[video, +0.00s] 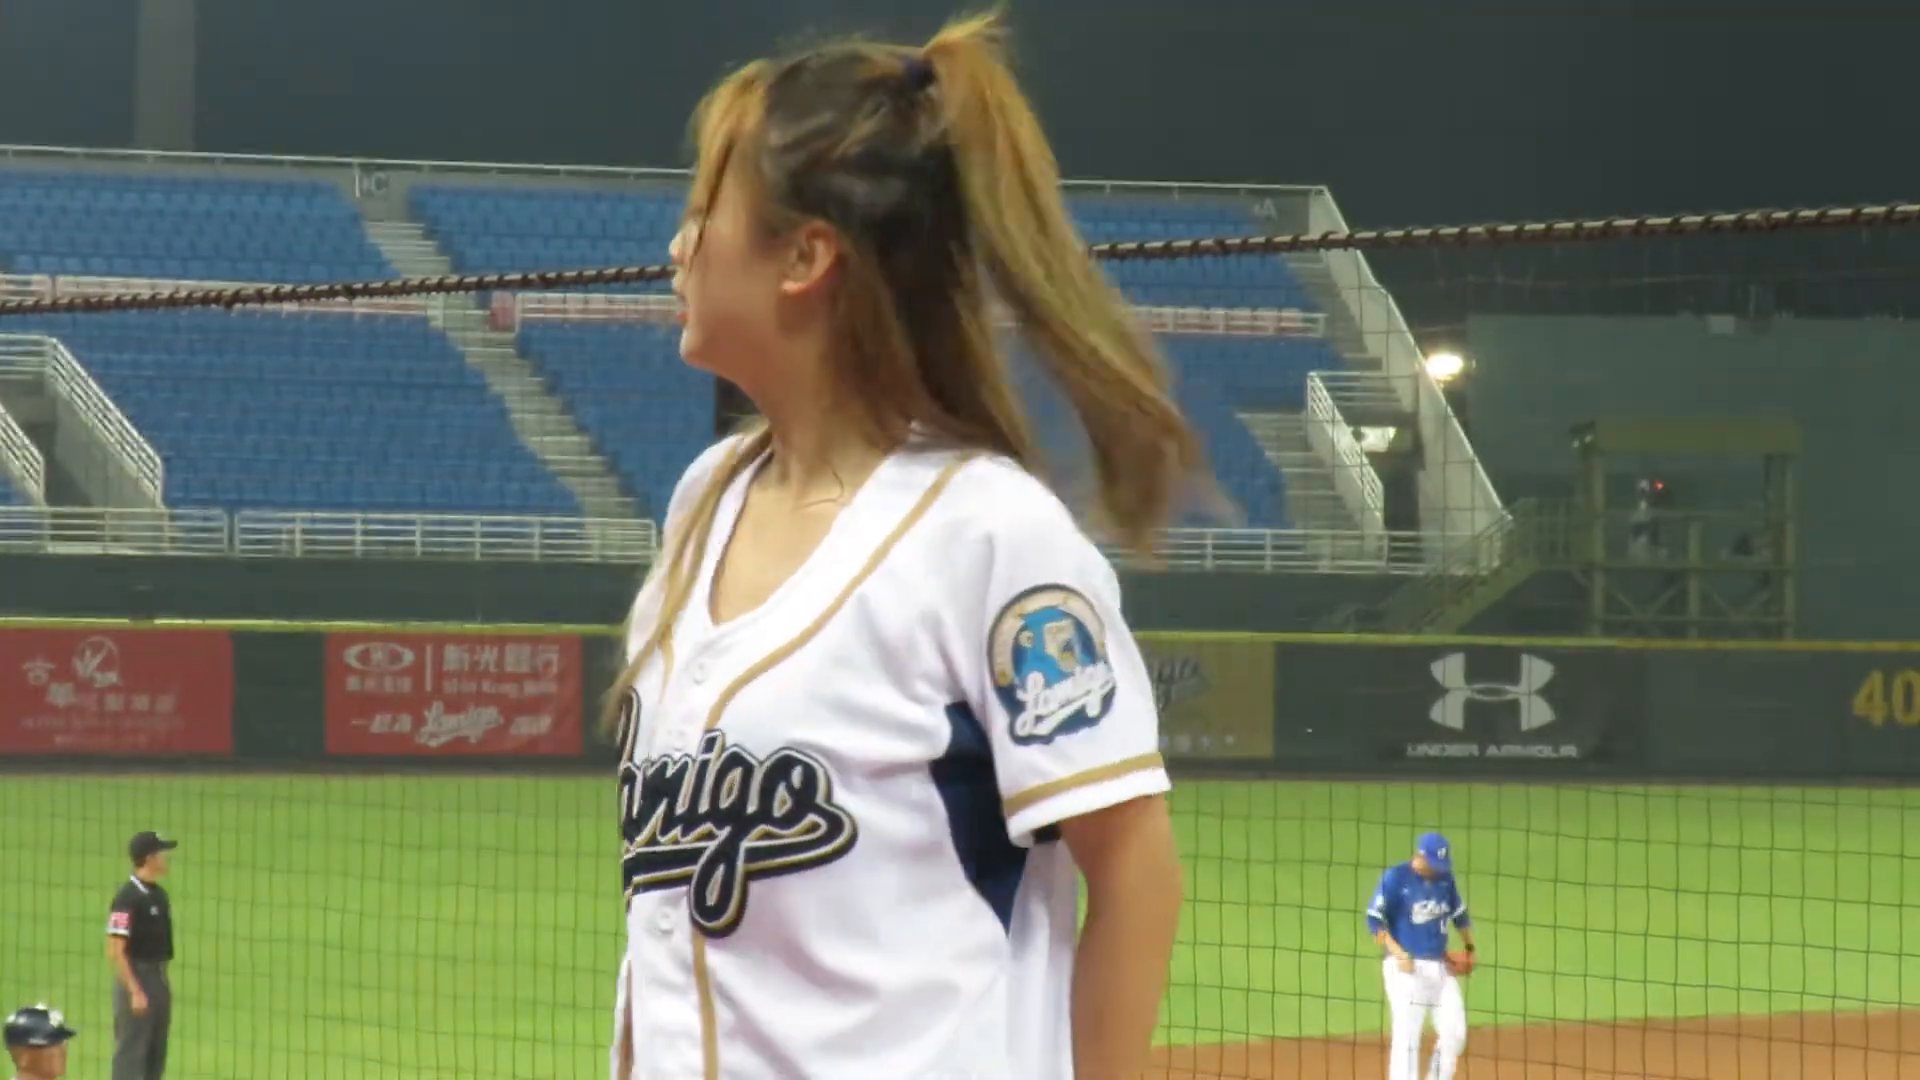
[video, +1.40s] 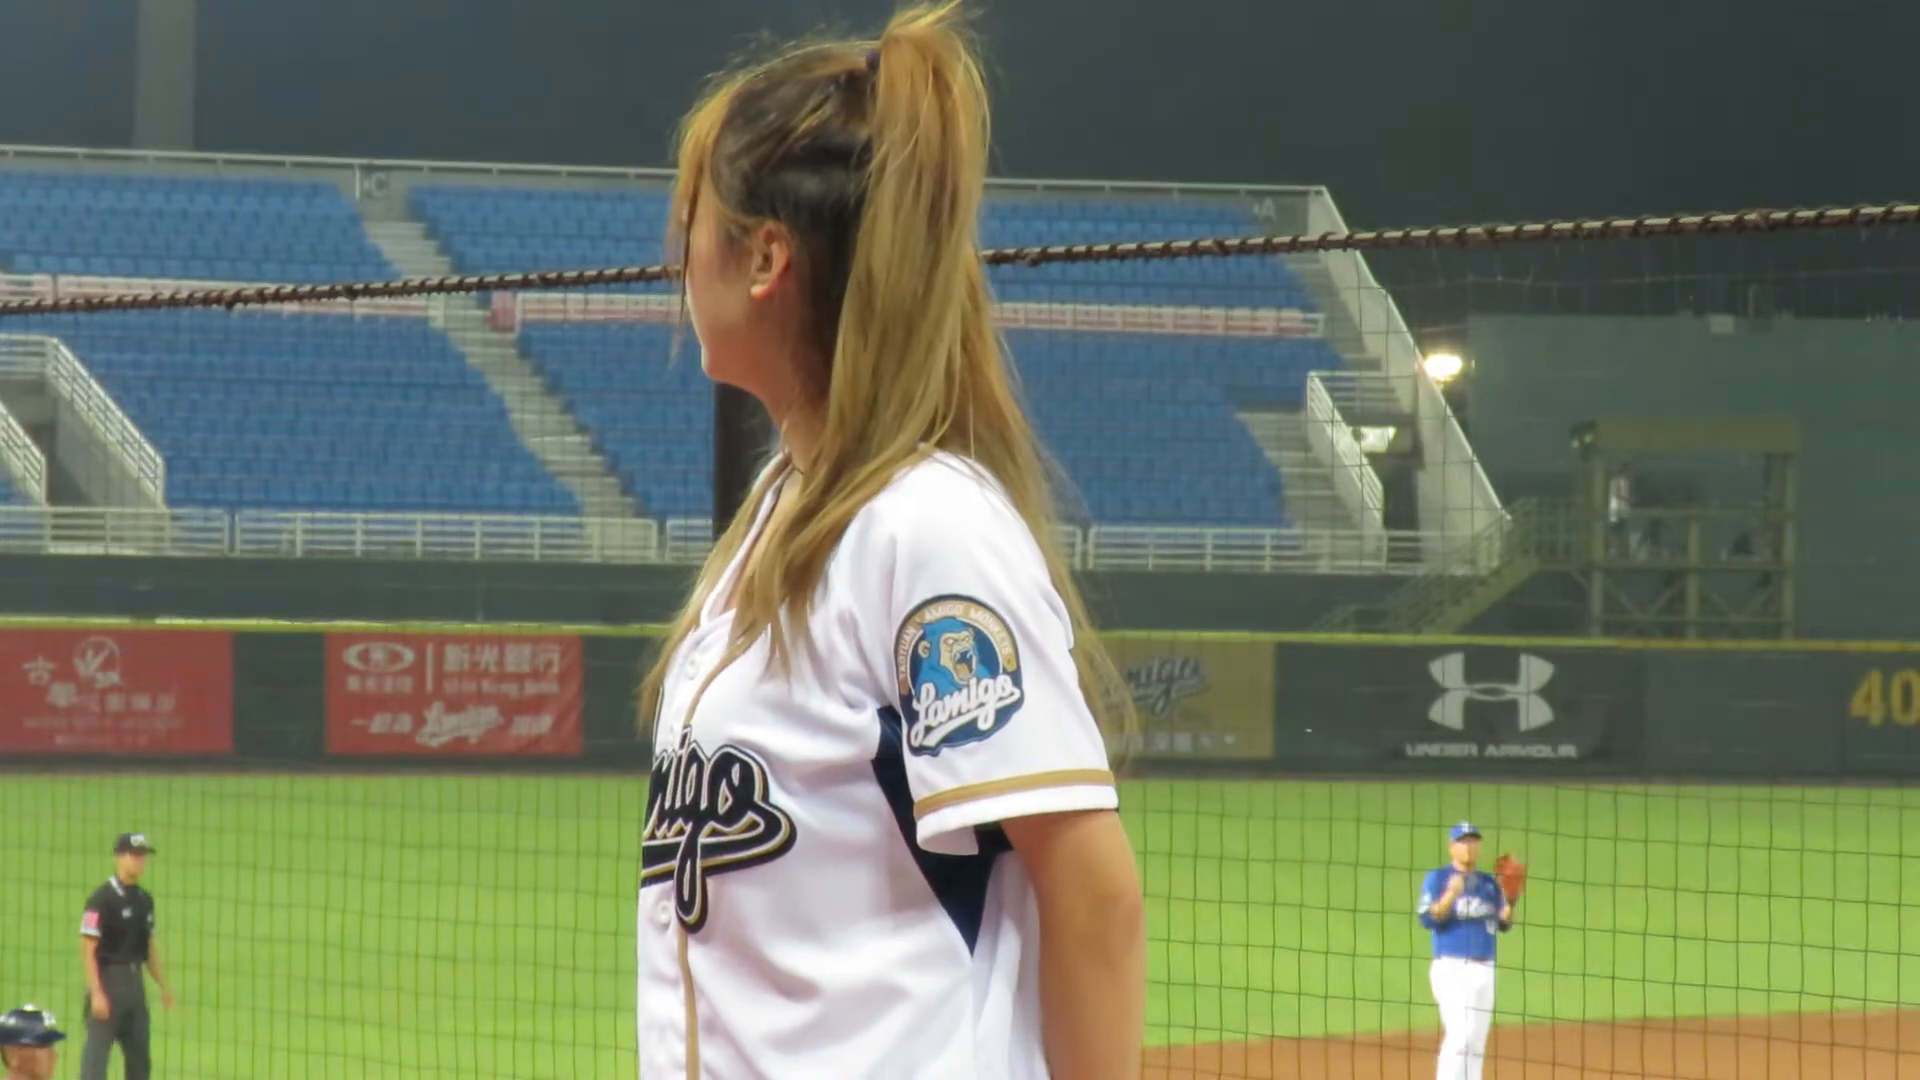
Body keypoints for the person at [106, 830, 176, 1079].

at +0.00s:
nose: (165, 859)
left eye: (163, 854)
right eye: (160, 855)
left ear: (150, 859)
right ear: (147, 859)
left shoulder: (158, 894)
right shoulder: (128, 896)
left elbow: (154, 943)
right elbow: (116, 950)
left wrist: (161, 981)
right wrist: (135, 990)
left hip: (157, 968)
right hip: (136, 969)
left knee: (156, 1045)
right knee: (134, 1047)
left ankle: (152, 1074)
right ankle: (130, 1074)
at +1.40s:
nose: (139, 862)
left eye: (142, 857)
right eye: (134, 856)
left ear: (146, 860)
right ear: (119, 857)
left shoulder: (144, 899)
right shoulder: (101, 898)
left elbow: (148, 947)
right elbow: (88, 948)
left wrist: (163, 986)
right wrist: (96, 992)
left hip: (133, 972)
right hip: (107, 971)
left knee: (138, 1055)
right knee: (97, 1053)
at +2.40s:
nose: (117, 866)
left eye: (120, 860)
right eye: (111, 859)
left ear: (124, 862)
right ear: (96, 860)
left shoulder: (122, 901)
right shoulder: (80, 903)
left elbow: (123, 950)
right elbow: (67, 953)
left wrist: (129, 988)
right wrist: (75, 997)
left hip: (114, 972)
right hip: (87, 972)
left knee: (126, 1054)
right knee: (84, 1056)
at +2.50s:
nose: (117, 865)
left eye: (120, 860)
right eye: (111, 859)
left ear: (123, 862)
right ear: (96, 860)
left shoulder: (122, 901)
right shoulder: (80, 903)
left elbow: (123, 949)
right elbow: (67, 954)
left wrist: (129, 988)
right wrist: (73, 998)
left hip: (114, 973)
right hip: (87, 973)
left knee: (126, 1054)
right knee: (83, 1055)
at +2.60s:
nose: (117, 866)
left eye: (120, 860)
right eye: (111, 859)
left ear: (122, 862)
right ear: (96, 860)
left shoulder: (121, 901)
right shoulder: (80, 903)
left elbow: (123, 950)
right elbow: (67, 954)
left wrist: (129, 988)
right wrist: (72, 998)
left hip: (114, 973)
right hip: (87, 973)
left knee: (125, 1054)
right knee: (83, 1054)